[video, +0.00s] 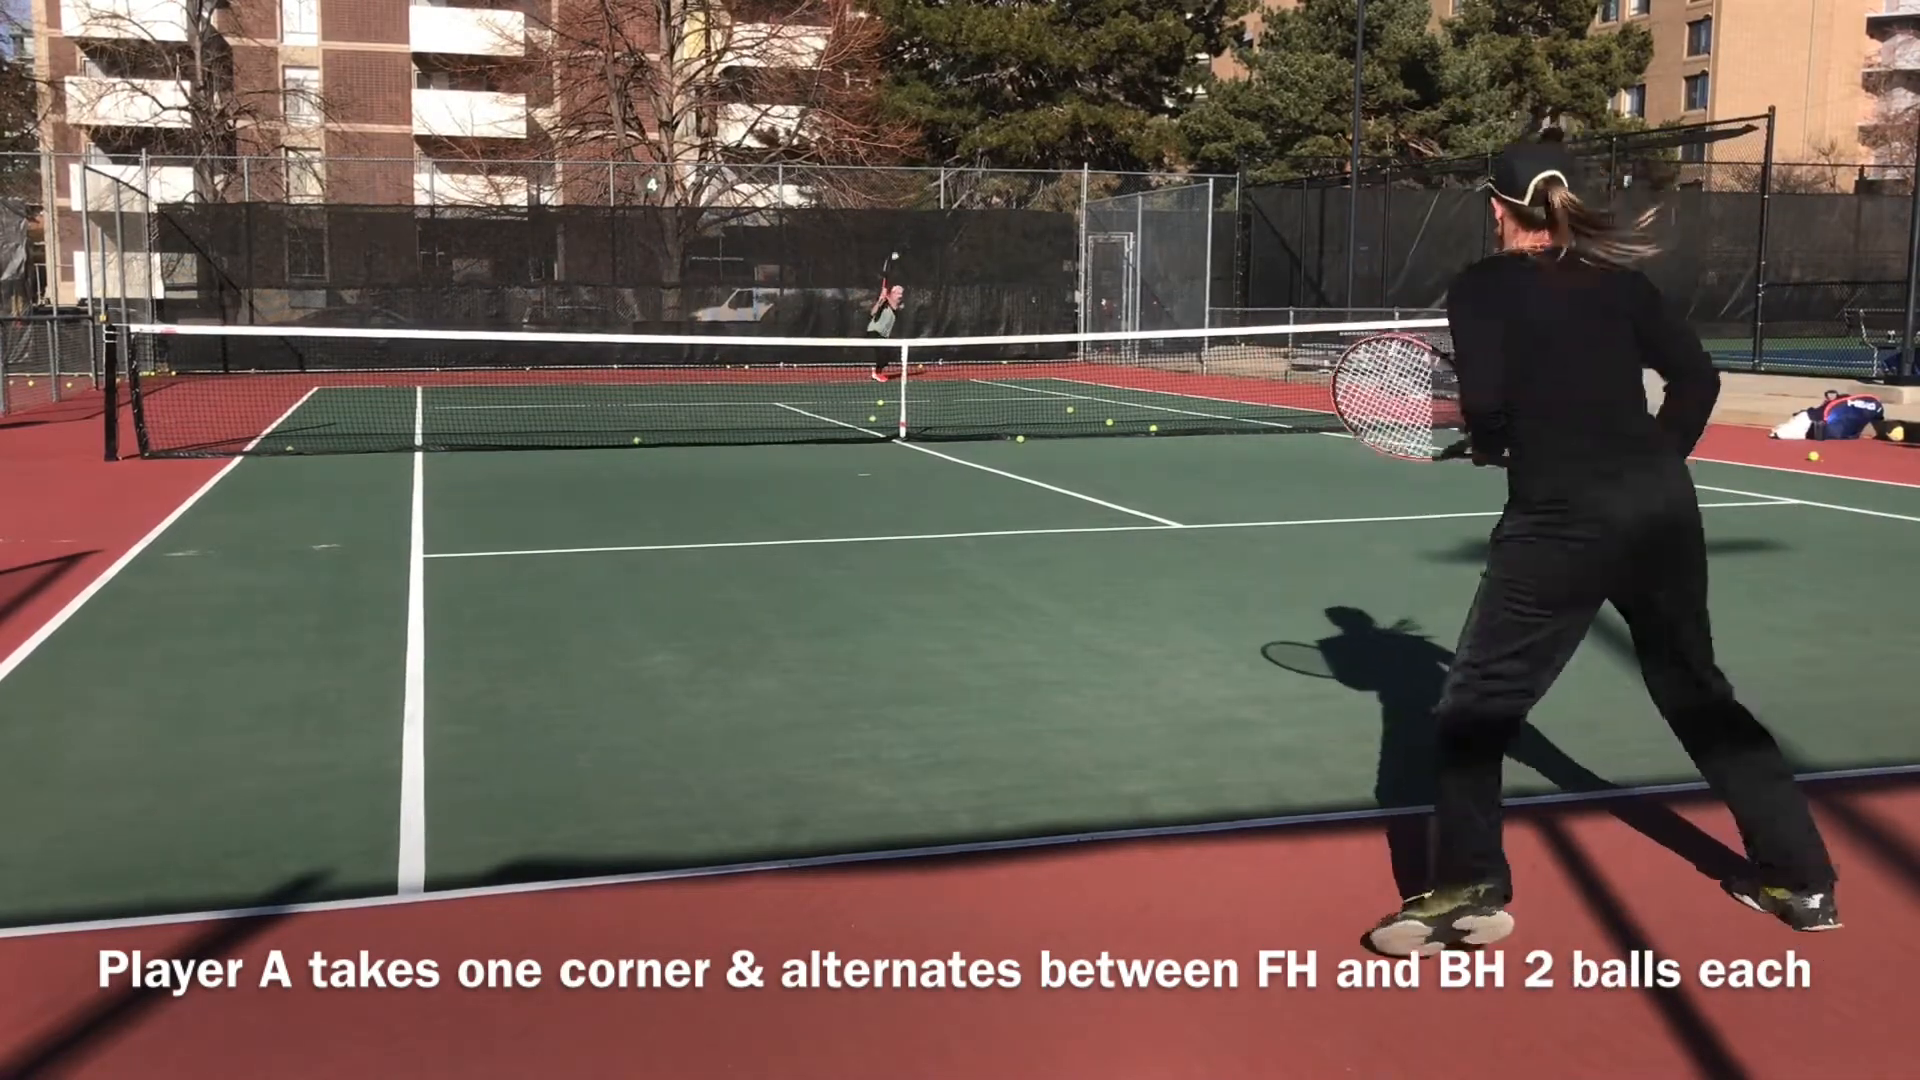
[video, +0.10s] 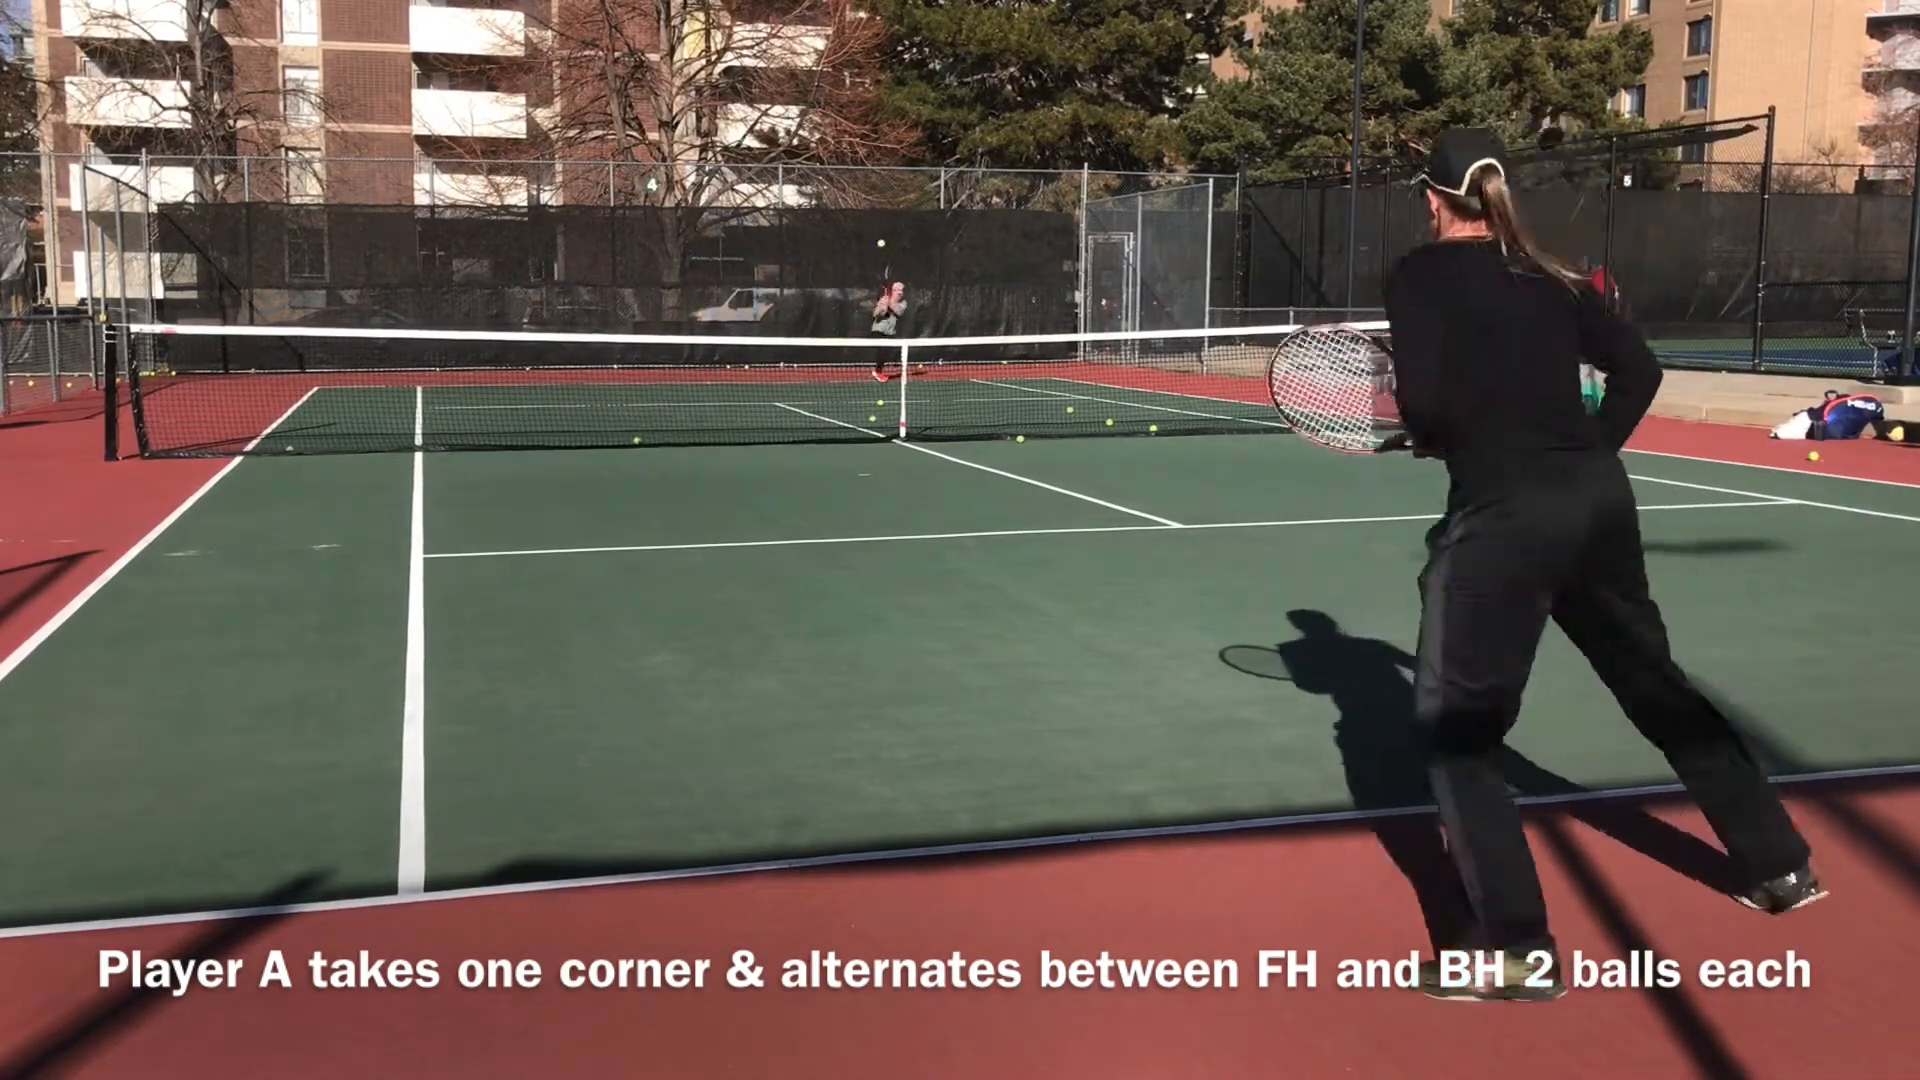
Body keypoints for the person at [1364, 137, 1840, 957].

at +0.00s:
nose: (1491, 219)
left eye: (1493, 209)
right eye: (1496, 207)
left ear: (1504, 213)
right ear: (1567, 214)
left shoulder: (1482, 285)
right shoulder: (1623, 283)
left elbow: (1485, 407)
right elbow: (1697, 377)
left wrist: (1488, 445)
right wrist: (1655, 459)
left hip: (1562, 505)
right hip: (1662, 499)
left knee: (1473, 711)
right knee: (1698, 693)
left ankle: (1473, 888)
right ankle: (1803, 878)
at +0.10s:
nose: (1423, 209)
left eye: (1425, 198)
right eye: (1431, 196)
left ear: (1436, 202)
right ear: (1499, 202)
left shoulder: (1419, 277)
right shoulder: (1550, 281)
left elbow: (1424, 408)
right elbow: (1639, 369)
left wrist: (1432, 437)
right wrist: (1591, 448)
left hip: (1501, 513)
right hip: (1597, 496)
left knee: (1459, 733)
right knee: (1657, 687)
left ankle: (1516, 947)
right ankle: (1779, 864)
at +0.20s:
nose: (1346, 184)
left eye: (1348, 172)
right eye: (1350, 171)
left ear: (1365, 177)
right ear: (1425, 174)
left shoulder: (1348, 242)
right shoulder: (1477, 251)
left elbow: (1349, 374)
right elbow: (1566, 343)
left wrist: (1350, 408)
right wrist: (1521, 427)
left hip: (1429, 494)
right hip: (1527, 479)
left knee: (1428, 732)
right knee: (1537, 663)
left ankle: (1498, 940)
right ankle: (1657, 861)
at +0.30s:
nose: (1265, 169)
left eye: (1266, 157)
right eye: (1270, 156)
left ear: (1284, 161)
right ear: (1346, 155)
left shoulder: (1282, 225)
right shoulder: (1411, 232)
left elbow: (1301, 342)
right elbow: (1473, 352)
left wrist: (1276, 392)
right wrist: (1380, 400)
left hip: (1366, 472)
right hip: (1461, 468)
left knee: (1323, 698)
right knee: (1413, 681)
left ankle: (1416, 906)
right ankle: (1477, 886)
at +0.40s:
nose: (1183, 188)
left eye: (1183, 174)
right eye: (1185, 173)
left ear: (1198, 173)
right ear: (1252, 167)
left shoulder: (1225, 236)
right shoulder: (1296, 230)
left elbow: (1273, 356)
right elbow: (1322, 380)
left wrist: (1184, 390)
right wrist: (1247, 465)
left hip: (1299, 496)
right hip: (1371, 494)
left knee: (1194, 696)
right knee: (1330, 710)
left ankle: (1210, 936)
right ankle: (1425, 933)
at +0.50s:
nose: (1090, 208)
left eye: (1090, 192)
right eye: (1091, 192)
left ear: (1107, 191)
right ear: (1153, 181)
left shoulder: (1168, 248)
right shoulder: (1181, 253)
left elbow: (1240, 349)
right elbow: (1214, 405)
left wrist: (1114, 374)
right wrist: (1133, 476)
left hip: (1202, 511)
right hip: (1249, 511)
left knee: (1106, 718)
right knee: (1200, 735)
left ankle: (1057, 949)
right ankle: (1364, 890)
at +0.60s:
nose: (1004, 206)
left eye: (1014, 191)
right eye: (1000, 191)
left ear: (1053, 189)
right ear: (1025, 196)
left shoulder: (1109, 239)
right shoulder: (1051, 265)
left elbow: (1194, 329)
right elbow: (1064, 395)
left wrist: (1060, 332)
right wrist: (1016, 449)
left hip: (1147, 508)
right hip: (1096, 510)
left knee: (1032, 721)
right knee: (1020, 718)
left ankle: (1058, 957)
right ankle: (1178, 865)